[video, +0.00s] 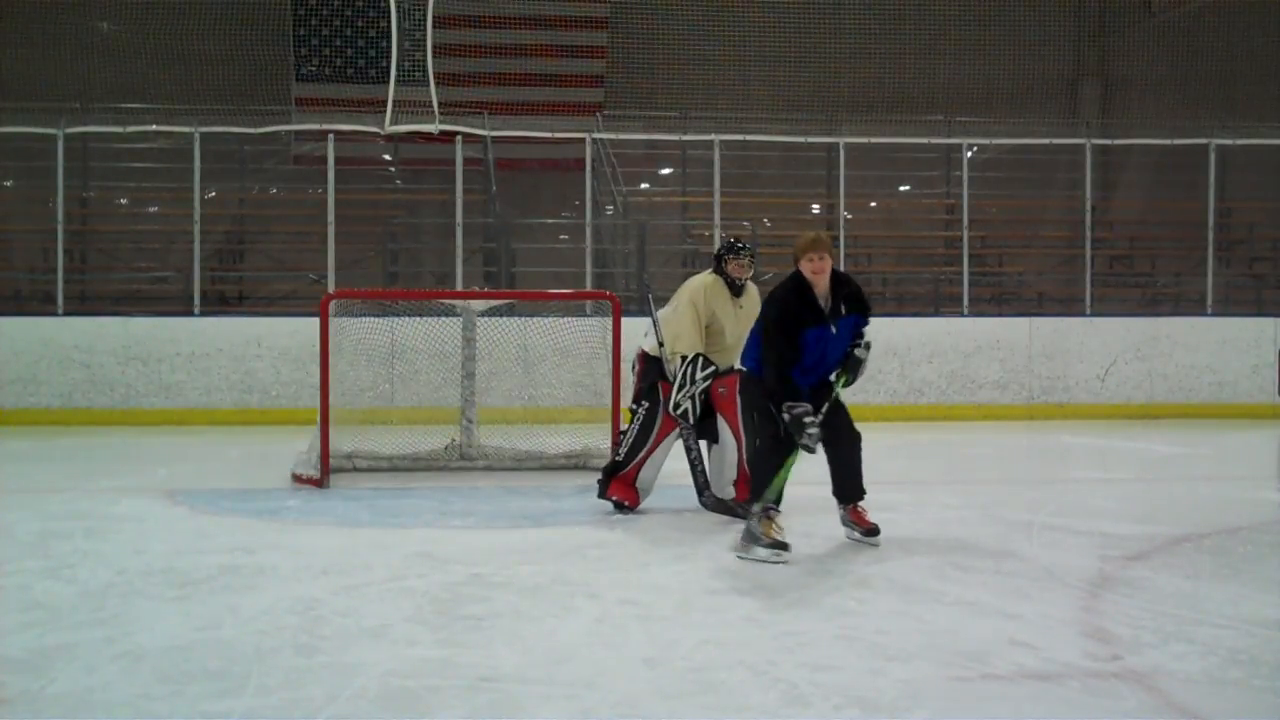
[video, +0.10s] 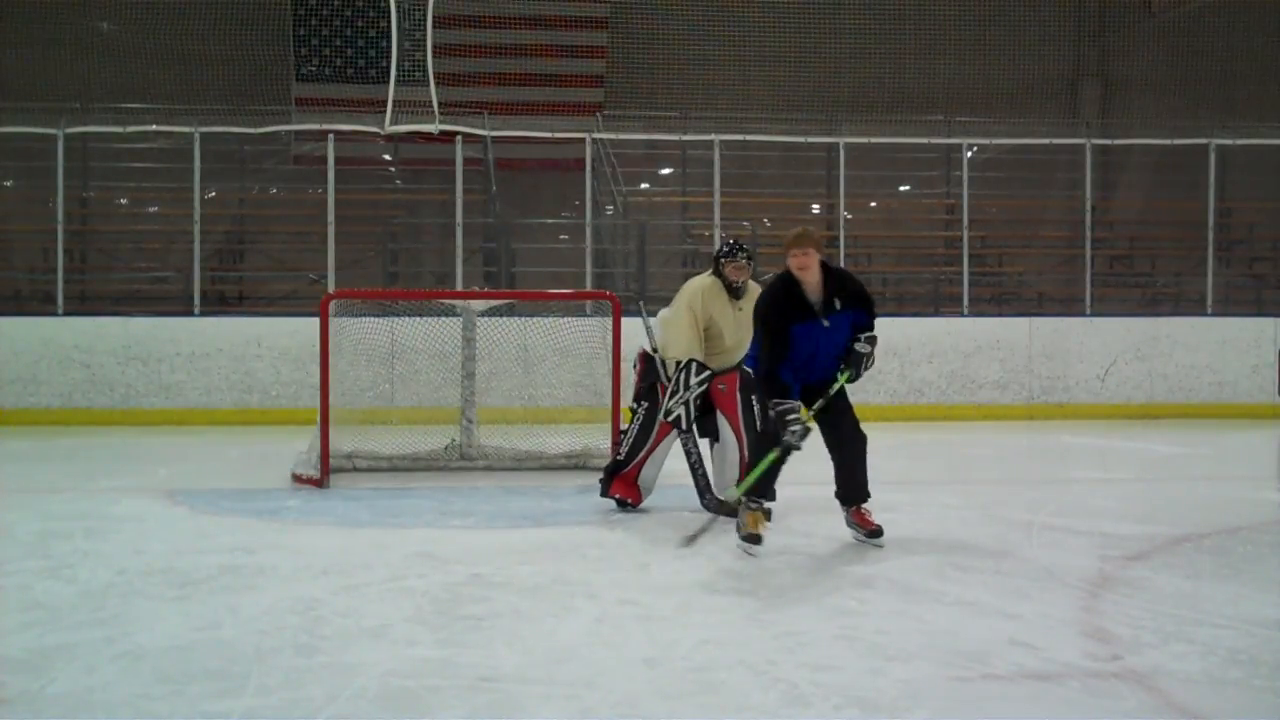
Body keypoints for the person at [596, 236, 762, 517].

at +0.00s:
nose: (742, 268)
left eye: (747, 263)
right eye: (736, 262)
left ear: (752, 266)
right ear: (721, 263)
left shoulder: (752, 294)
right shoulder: (699, 288)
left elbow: (755, 339)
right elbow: (684, 336)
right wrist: (691, 381)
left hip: (713, 368)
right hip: (663, 361)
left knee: (734, 416)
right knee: (658, 419)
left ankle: (729, 491)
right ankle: (622, 484)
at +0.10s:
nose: (738, 273)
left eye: (743, 267)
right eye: (732, 267)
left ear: (751, 269)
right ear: (719, 267)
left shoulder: (757, 296)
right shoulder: (698, 291)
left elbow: (767, 341)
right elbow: (682, 338)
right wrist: (688, 383)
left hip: (723, 366)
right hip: (671, 363)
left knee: (739, 426)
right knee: (658, 423)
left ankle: (733, 493)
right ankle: (625, 483)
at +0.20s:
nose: (729, 274)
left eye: (735, 268)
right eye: (723, 268)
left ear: (743, 271)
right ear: (711, 269)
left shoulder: (752, 296)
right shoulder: (691, 293)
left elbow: (764, 339)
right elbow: (674, 338)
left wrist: (764, 385)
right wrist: (675, 388)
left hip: (721, 368)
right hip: (671, 365)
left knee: (735, 431)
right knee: (651, 428)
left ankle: (743, 492)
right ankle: (626, 487)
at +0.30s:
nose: (710, 273)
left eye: (716, 267)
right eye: (704, 267)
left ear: (726, 269)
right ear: (693, 269)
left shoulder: (740, 295)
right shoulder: (673, 296)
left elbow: (754, 338)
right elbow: (659, 340)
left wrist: (752, 379)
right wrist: (658, 382)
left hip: (717, 369)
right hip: (670, 366)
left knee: (727, 423)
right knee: (641, 413)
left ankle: (746, 481)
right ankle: (627, 481)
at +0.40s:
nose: (683, 273)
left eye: (689, 267)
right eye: (677, 267)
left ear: (701, 270)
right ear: (669, 269)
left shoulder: (715, 297)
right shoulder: (650, 298)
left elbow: (732, 339)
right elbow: (633, 340)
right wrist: (623, 375)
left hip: (701, 374)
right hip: (659, 374)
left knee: (707, 431)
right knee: (635, 422)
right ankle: (629, 483)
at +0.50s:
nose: (653, 274)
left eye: (658, 268)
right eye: (647, 268)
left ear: (669, 269)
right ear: (637, 270)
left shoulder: (686, 297)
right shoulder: (620, 303)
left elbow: (712, 333)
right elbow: (604, 343)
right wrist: (586, 375)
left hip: (687, 375)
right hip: (644, 377)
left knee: (707, 426)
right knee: (612, 416)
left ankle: (748, 479)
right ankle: (623, 479)